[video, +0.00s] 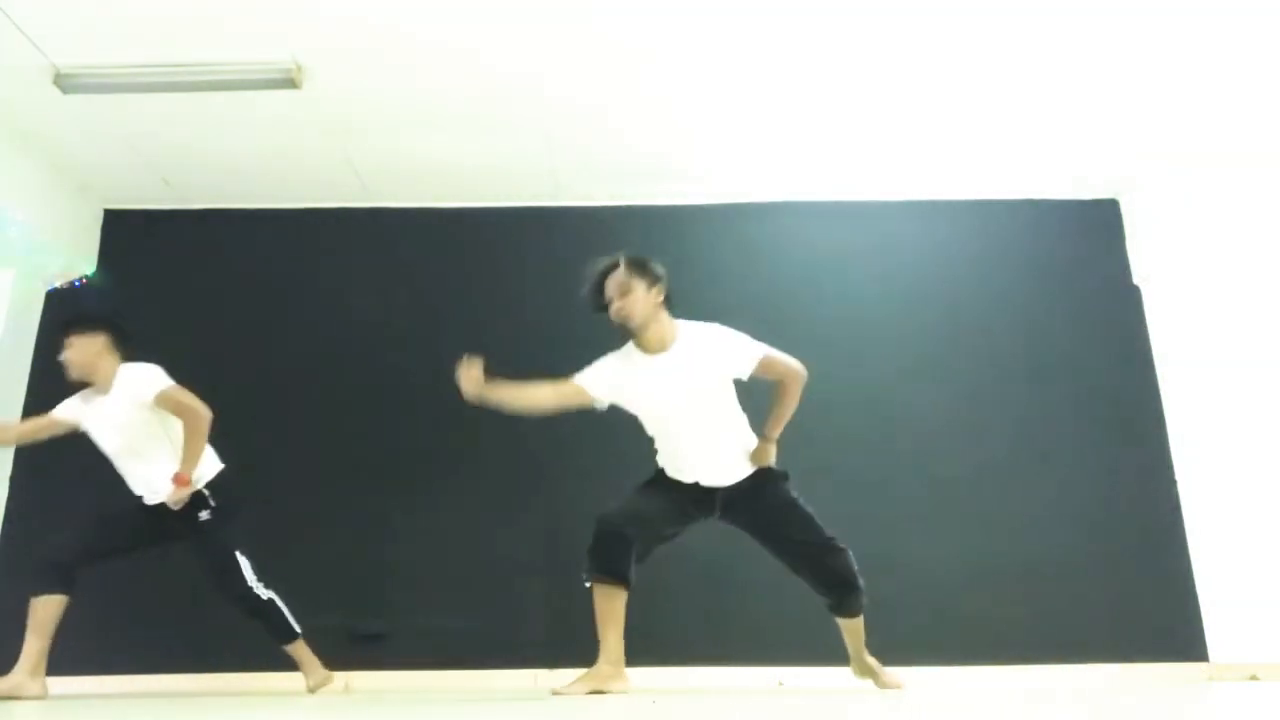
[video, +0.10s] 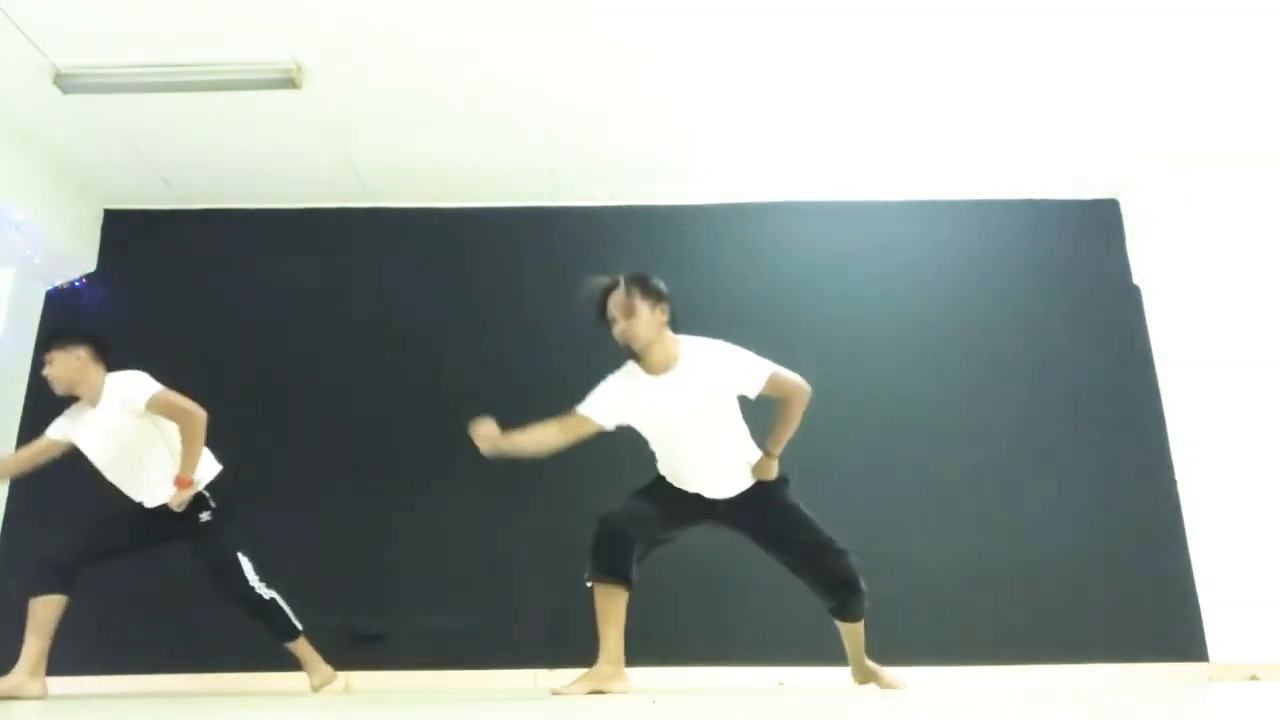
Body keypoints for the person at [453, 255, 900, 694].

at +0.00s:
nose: (616, 306)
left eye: (625, 293)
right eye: (610, 300)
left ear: (658, 292)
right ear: (609, 311)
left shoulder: (711, 342)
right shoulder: (617, 370)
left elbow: (793, 374)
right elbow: (550, 396)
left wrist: (770, 439)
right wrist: (483, 390)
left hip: (746, 479)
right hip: (677, 486)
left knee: (836, 567)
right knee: (613, 534)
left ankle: (861, 658)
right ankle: (609, 666)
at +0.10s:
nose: (618, 328)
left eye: (626, 315)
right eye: (613, 320)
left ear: (660, 313)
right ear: (612, 327)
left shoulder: (715, 359)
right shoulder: (622, 387)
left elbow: (796, 391)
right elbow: (562, 431)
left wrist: (771, 455)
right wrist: (502, 442)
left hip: (747, 488)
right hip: (678, 493)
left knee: (840, 575)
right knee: (613, 534)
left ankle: (860, 665)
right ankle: (609, 667)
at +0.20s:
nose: (640, 341)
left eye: (650, 327)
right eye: (634, 332)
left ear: (684, 327)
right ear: (633, 339)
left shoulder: (732, 372)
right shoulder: (641, 396)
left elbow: (812, 408)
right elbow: (588, 453)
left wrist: (781, 467)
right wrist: (541, 476)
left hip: (757, 494)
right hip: (688, 498)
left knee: (846, 572)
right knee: (626, 533)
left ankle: (860, 670)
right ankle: (609, 667)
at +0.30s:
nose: (677, 342)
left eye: (687, 330)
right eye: (669, 335)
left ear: (718, 329)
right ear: (664, 343)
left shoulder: (759, 377)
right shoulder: (669, 399)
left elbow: (834, 416)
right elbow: (623, 457)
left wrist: (797, 472)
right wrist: (589, 487)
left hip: (771, 498)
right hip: (702, 500)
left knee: (857, 573)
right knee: (643, 539)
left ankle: (861, 669)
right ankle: (610, 668)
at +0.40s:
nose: (713, 336)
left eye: (724, 325)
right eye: (705, 328)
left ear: (754, 326)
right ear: (698, 335)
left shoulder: (789, 375)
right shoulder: (699, 394)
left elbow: (858, 420)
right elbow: (656, 452)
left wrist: (814, 471)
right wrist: (636, 483)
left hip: (787, 498)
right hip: (718, 499)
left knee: (867, 576)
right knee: (659, 555)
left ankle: (861, 669)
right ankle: (611, 667)